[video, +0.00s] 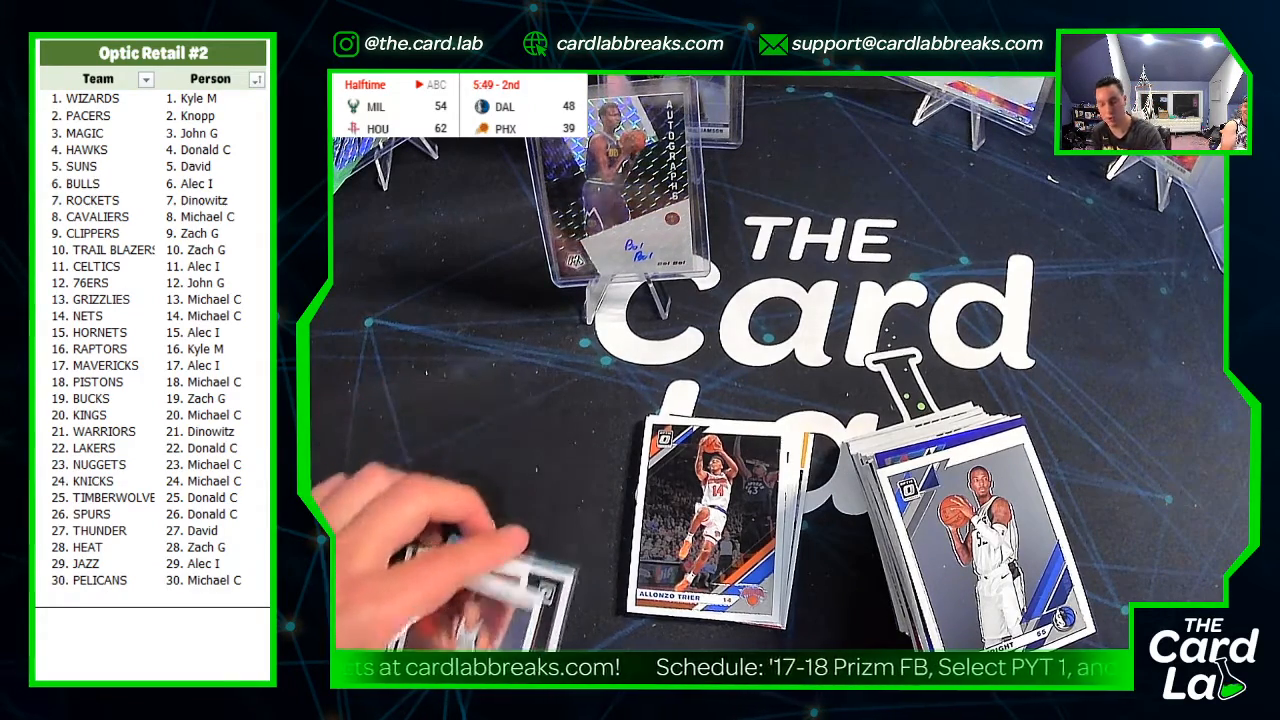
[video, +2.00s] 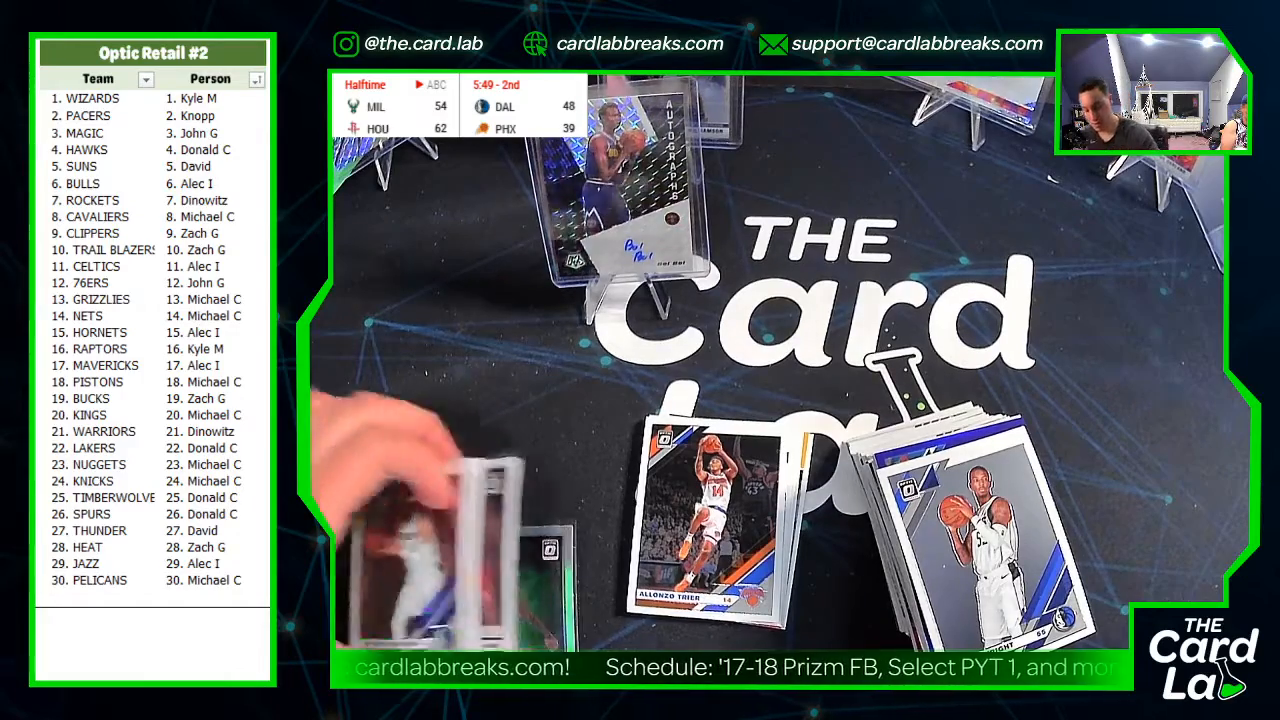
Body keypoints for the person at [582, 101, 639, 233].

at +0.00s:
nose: (617, 118)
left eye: (618, 114)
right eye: (612, 115)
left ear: (620, 117)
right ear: (602, 118)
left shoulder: (616, 141)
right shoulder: (598, 140)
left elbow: (619, 174)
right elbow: (607, 176)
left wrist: (632, 153)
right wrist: (624, 154)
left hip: (612, 189)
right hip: (597, 191)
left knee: (625, 225)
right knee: (607, 231)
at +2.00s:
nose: (617, 118)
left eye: (618, 115)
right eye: (612, 115)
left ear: (620, 117)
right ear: (603, 118)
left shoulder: (617, 142)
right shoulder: (598, 140)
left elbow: (619, 178)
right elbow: (606, 176)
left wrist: (632, 157)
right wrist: (623, 154)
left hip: (611, 188)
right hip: (595, 190)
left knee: (624, 226)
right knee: (598, 234)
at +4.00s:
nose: (616, 118)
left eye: (617, 115)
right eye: (611, 115)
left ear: (620, 117)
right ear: (602, 119)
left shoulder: (618, 141)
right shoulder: (598, 141)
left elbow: (623, 177)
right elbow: (606, 176)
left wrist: (633, 155)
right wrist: (623, 155)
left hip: (614, 189)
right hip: (596, 191)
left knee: (624, 230)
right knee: (599, 236)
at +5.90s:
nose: (617, 119)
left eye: (618, 115)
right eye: (612, 116)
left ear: (620, 117)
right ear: (603, 119)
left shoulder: (617, 142)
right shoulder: (598, 141)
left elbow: (619, 179)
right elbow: (606, 176)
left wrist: (631, 157)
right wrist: (624, 155)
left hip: (611, 190)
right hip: (596, 192)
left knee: (624, 230)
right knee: (600, 237)